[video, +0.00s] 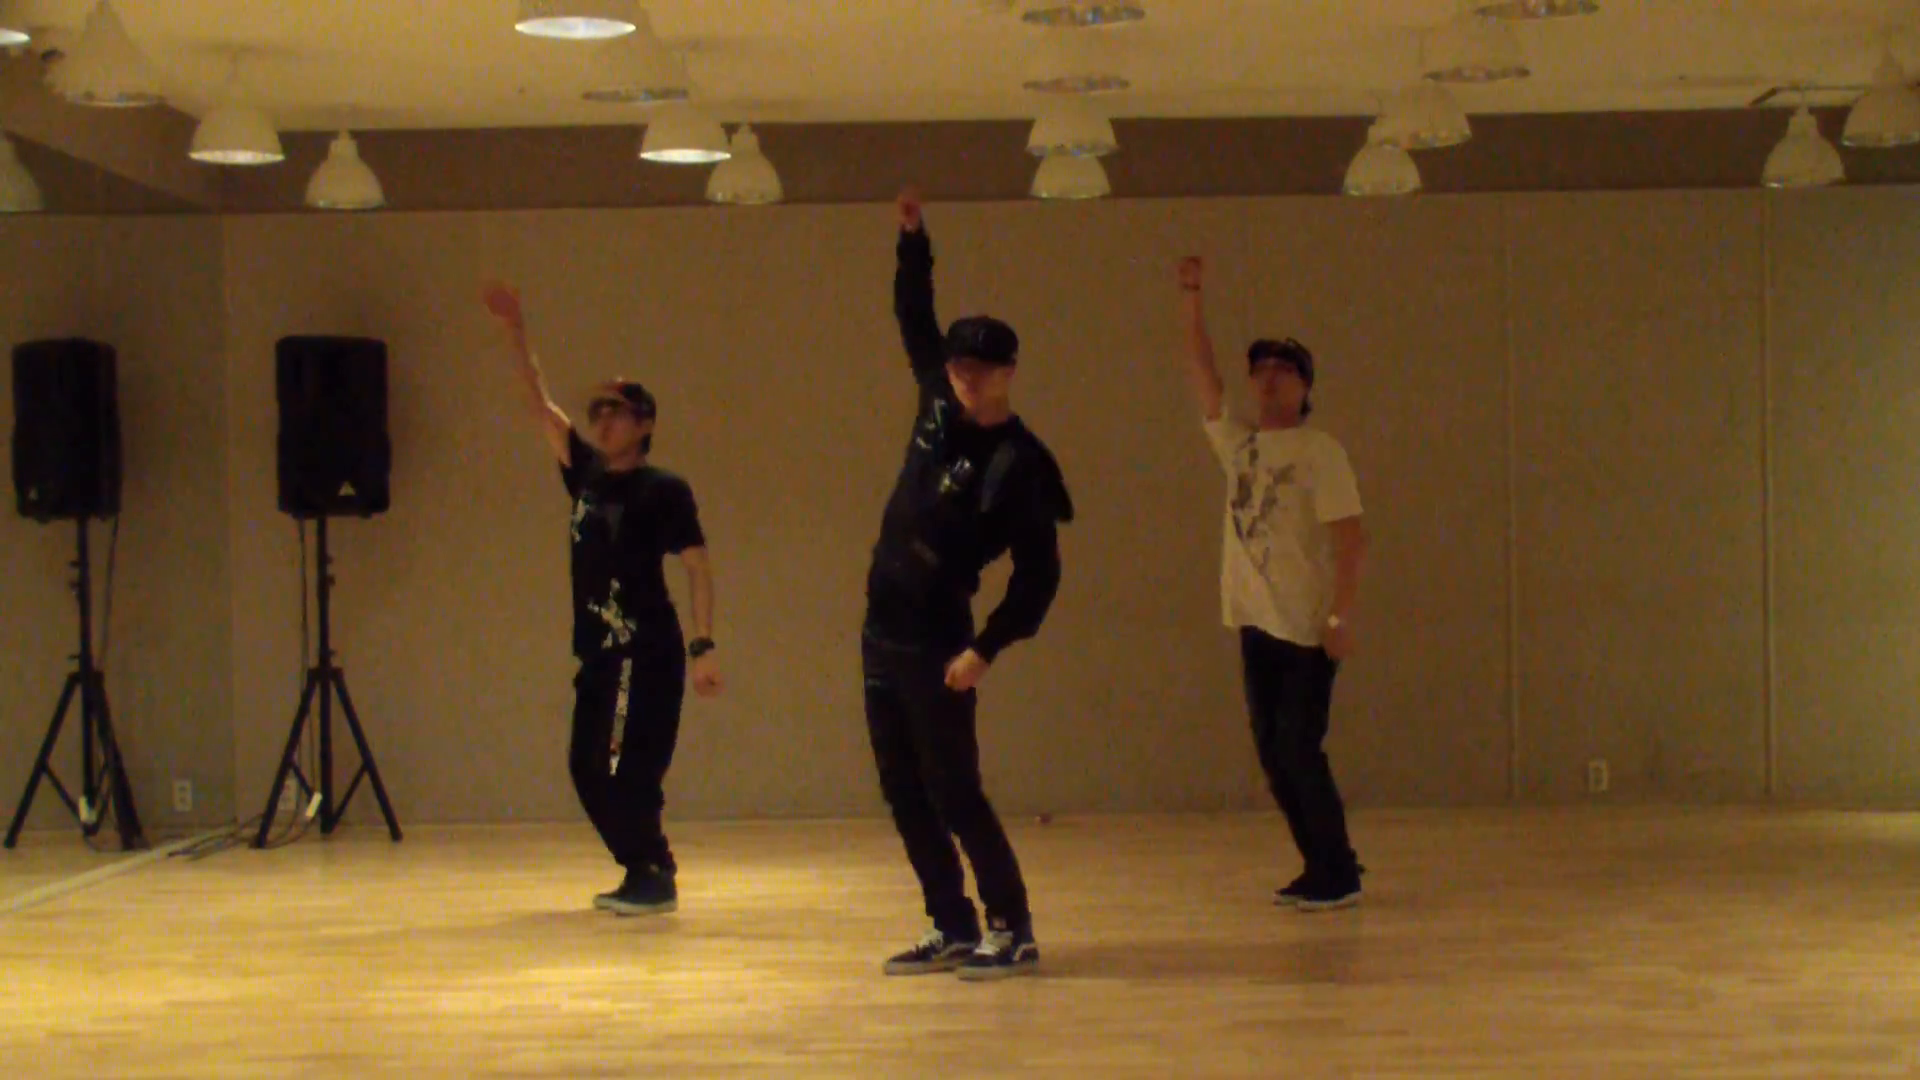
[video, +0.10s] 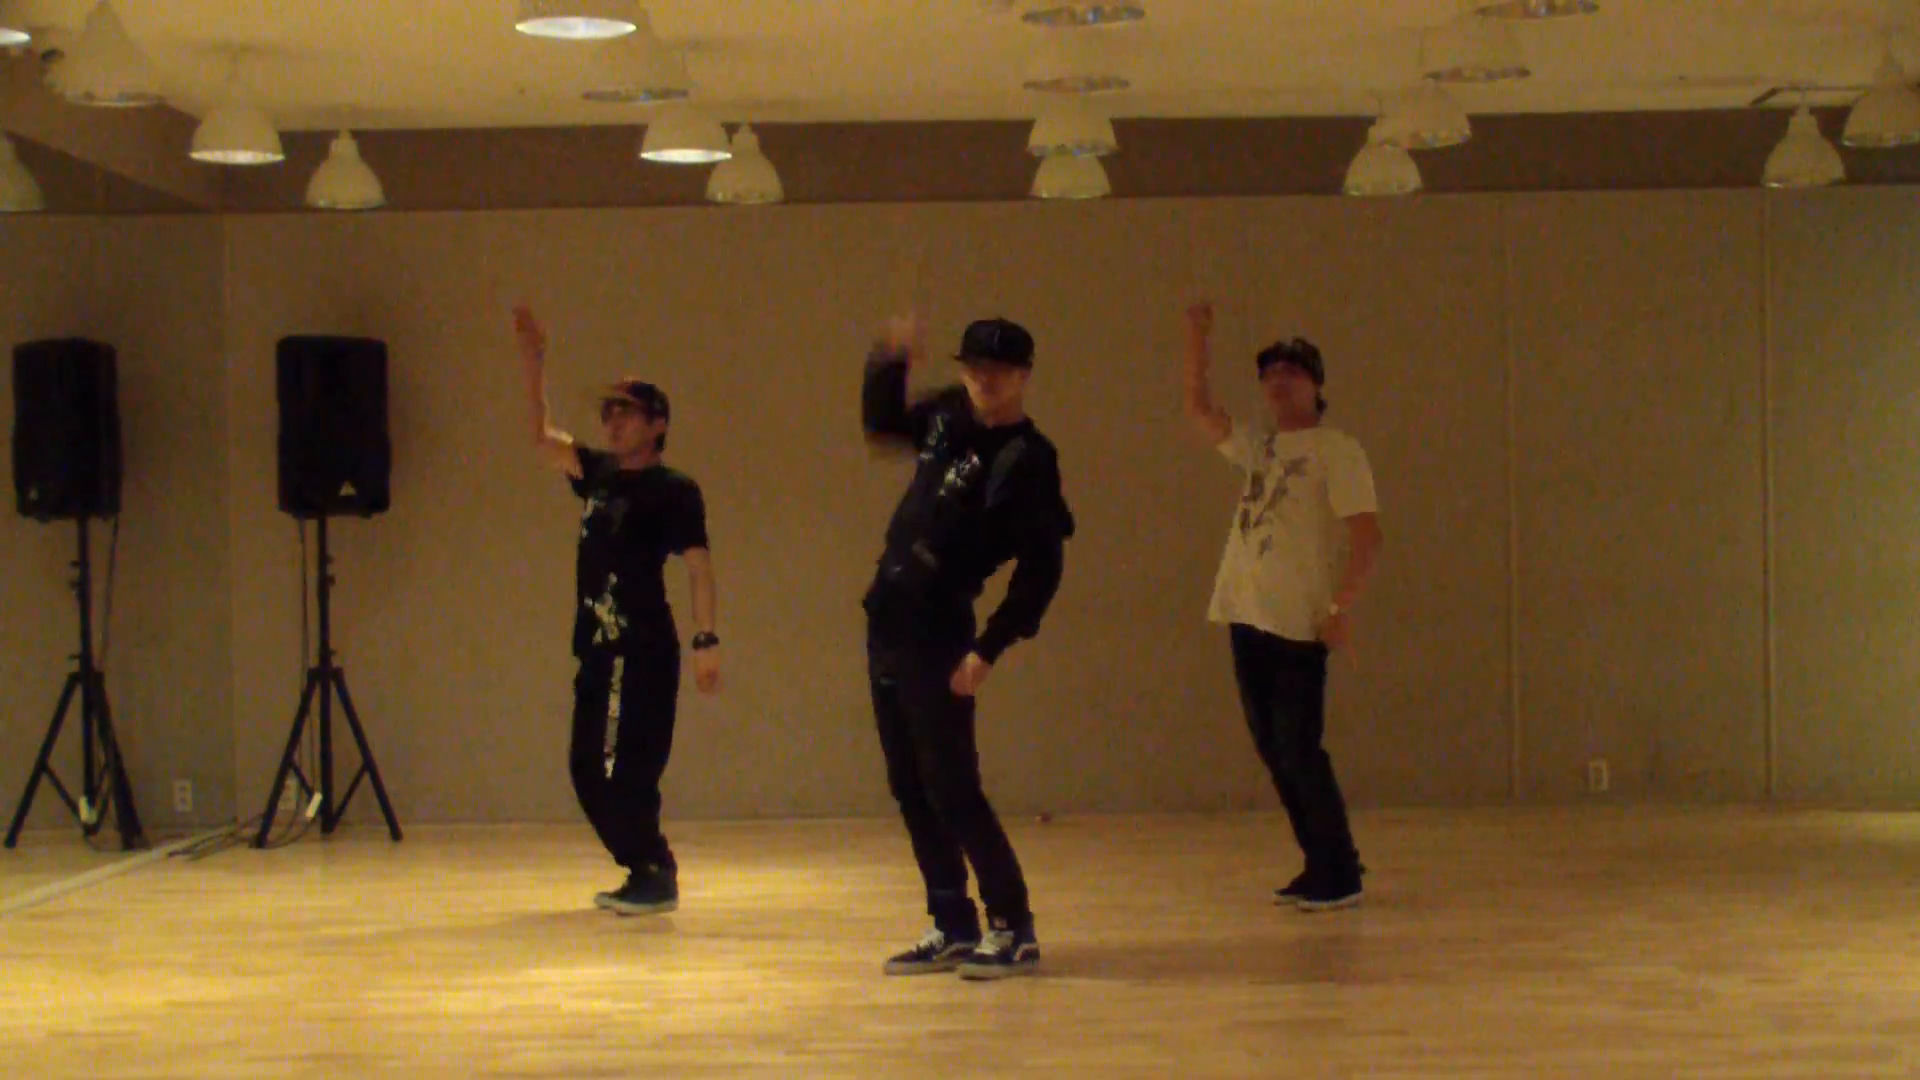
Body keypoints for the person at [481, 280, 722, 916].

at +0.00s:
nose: (603, 424)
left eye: (616, 415)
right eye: (600, 415)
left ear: (644, 428)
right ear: (594, 427)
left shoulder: (664, 491)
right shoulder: (587, 475)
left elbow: (698, 569)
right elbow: (541, 402)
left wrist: (703, 649)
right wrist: (515, 332)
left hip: (649, 652)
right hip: (600, 652)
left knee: (631, 764)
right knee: (587, 766)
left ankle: (652, 873)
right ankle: (642, 867)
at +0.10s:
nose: (610, 422)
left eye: (623, 413)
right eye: (607, 413)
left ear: (656, 427)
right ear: (608, 425)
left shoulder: (675, 491)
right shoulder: (598, 471)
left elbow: (700, 570)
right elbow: (541, 436)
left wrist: (705, 641)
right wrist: (533, 361)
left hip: (645, 646)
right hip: (598, 645)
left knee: (632, 765)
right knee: (588, 768)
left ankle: (655, 872)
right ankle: (643, 868)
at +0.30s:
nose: (630, 429)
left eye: (642, 420)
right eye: (627, 420)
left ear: (674, 428)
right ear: (626, 429)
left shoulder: (695, 495)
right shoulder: (613, 491)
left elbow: (707, 568)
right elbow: (578, 558)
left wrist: (714, 622)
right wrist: (577, 492)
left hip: (639, 635)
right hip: (590, 632)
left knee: (620, 760)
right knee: (585, 762)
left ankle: (653, 873)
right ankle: (639, 869)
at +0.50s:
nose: (581, 455)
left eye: (589, 444)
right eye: (576, 446)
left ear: (624, 445)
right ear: (579, 455)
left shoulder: (674, 490)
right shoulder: (601, 517)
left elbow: (717, 548)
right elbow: (622, 585)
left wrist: (725, 608)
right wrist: (600, 596)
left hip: (681, 640)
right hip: (632, 633)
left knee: (630, 745)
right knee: (553, 633)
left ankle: (655, 875)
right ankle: (614, 729)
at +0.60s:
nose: (582, 469)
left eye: (591, 458)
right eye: (578, 460)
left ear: (624, 456)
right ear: (578, 466)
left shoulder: (673, 492)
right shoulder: (608, 518)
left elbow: (731, 545)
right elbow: (627, 587)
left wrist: (735, 614)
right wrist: (605, 591)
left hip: (684, 643)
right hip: (638, 633)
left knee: (627, 746)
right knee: (557, 631)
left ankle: (654, 876)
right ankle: (597, 735)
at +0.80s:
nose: (601, 490)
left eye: (607, 477)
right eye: (597, 480)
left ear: (640, 472)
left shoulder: (673, 486)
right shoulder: (645, 551)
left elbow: (751, 506)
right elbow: (599, 616)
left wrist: (745, 582)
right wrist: (548, 579)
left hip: (706, 656)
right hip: (662, 649)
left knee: (629, 760)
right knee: (570, 686)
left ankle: (654, 878)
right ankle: (460, 729)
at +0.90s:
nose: (612, 498)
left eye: (618, 485)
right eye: (606, 489)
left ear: (650, 479)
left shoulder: (685, 491)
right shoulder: (658, 558)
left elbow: (761, 509)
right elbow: (603, 627)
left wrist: (749, 588)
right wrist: (547, 589)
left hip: (711, 662)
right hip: (671, 653)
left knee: (629, 763)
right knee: (599, 704)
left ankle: (655, 879)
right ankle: (513, 751)